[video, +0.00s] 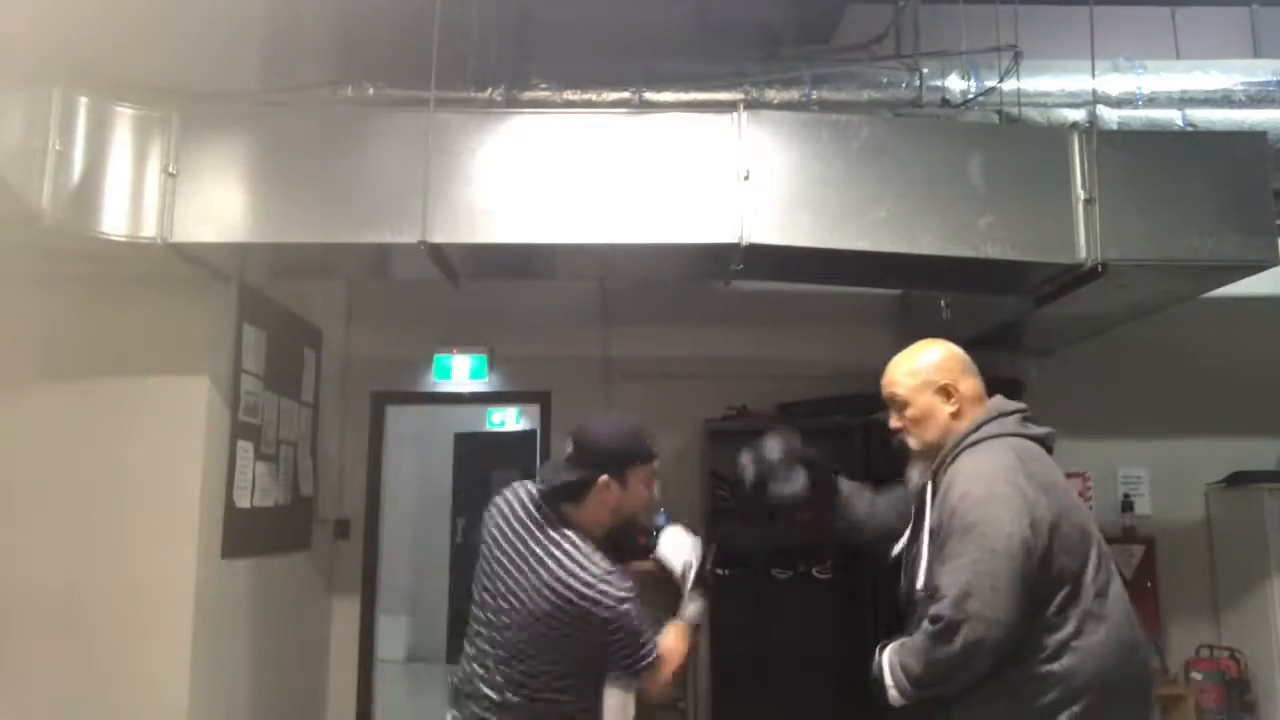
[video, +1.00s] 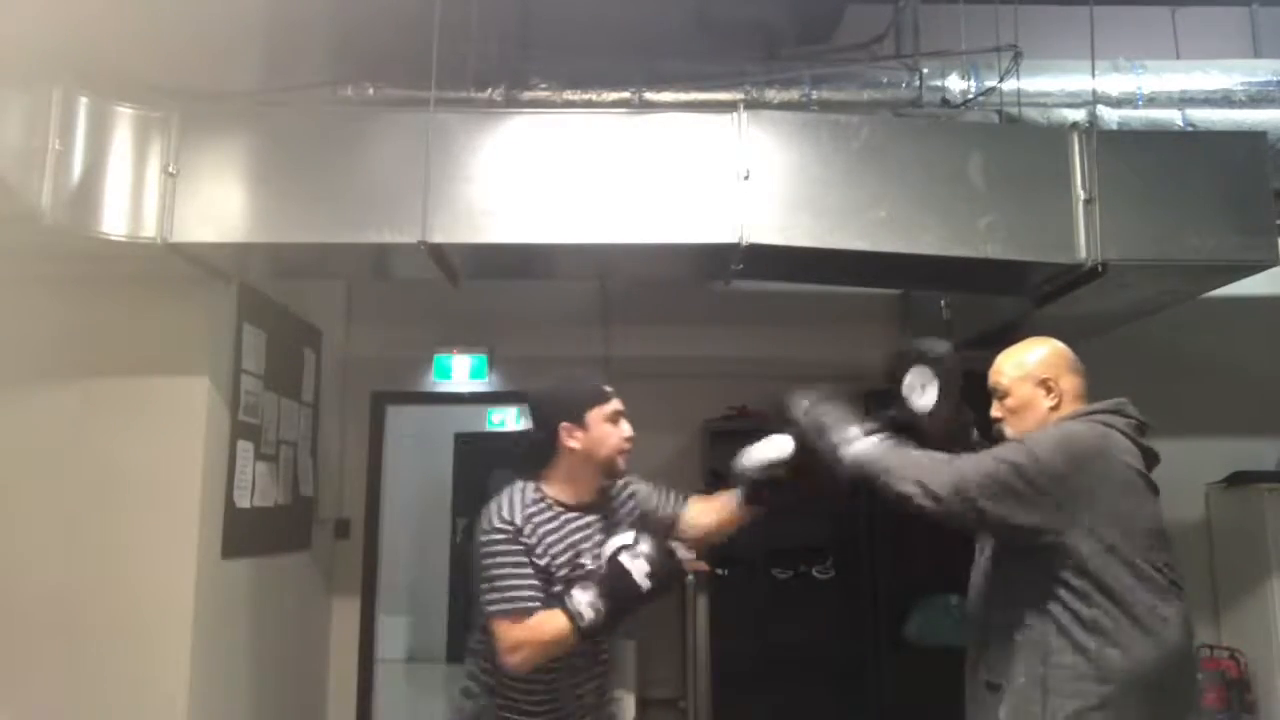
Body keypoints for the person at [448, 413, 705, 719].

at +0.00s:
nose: (654, 493)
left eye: (653, 480)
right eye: (646, 482)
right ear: (606, 487)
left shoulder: (511, 499)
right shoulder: (601, 589)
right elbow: (656, 682)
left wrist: (652, 566)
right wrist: (690, 608)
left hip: (467, 700)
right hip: (542, 711)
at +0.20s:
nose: (645, 538)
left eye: (648, 523)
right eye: (638, 523)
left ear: (590, 517)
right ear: (592, 517)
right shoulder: (507, 601)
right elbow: (539, 709)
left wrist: (639, 574)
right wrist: (617, 661)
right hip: (465, 712)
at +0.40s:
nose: (598, 517)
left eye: (600, 502)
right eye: (590, 501)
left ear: (545, 493)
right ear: (545, 492)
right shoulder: (455, 567)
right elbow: (493, 701)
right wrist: (565, 613)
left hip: (531, 708)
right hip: (444, 711)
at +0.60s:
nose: (573, 489)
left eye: (575, 471)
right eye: (564, 471)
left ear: (516, 468)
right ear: (516, 466)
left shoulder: (525, 522)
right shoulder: (427, 542)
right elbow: (457, 680)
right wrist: (532, 598)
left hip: (511, 706)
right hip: (416, 711)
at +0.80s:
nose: (579, 456)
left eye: (575, 441)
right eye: (564, 441)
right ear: (515, 452)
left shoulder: (538, 520)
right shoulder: (444, 534)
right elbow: (469, 668)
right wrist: (560, 625)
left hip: (531, 704)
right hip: (454, 711)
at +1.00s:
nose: (629, 433)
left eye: (625, 419)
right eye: (614, 420)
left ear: (576, 436)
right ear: (571, 435)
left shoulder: (620, 496)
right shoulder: (507, 521)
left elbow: (695, 519)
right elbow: (515, 650)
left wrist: (753, 492)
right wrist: (607, 593)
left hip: (589, 705)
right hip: (510, 711)